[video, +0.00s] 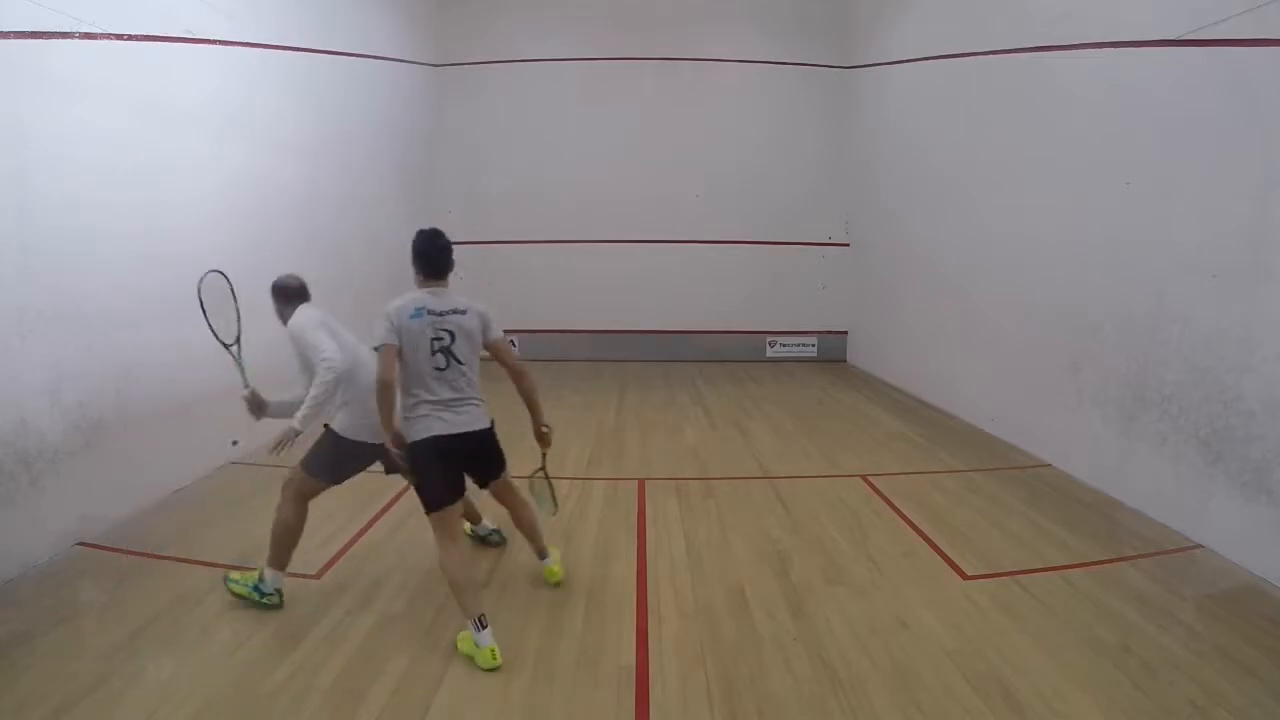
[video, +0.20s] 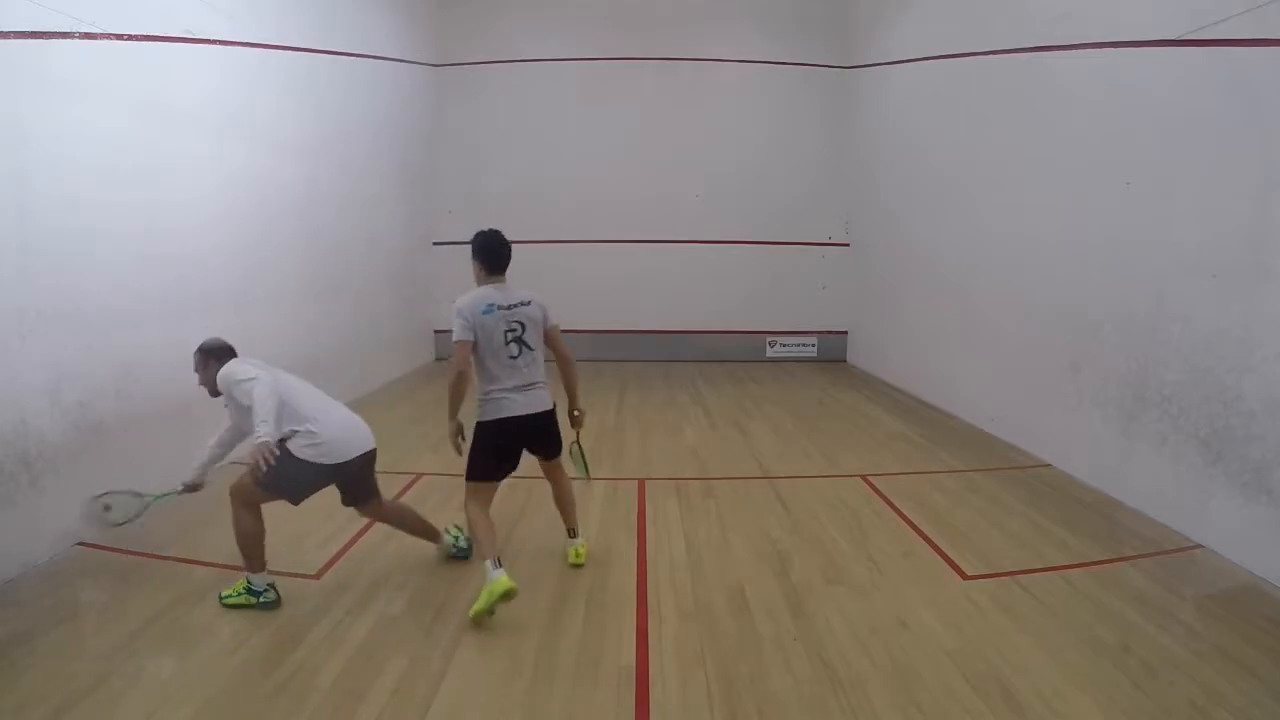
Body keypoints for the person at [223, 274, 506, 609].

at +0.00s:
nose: (275, 311)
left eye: (275, 304)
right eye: (276, 303)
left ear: (279, 303)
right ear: (306, 296)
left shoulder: (300, 321)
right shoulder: (320, 320)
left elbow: (333, 366)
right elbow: (317, 398)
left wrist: (298, 422)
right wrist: (268, 408)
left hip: (356, 424)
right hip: (385, 417)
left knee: (295, 491)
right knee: (422, 472)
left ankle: (269, 584)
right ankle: (481, 526)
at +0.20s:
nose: (198, 381)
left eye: (199, 372)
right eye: (197, 374)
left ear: (212, 364)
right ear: (226, 356)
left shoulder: (230, 372)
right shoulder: (251, 377)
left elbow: (263, 387)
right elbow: (233, 432)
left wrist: (264, 434)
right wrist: (198, 475)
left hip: (318, 450)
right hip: (358, 441)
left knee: (242, 494)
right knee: (371, 505)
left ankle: (258, 586)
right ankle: (448, 541)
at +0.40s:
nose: (182, 371)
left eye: (180, 366)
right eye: (181, 367)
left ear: (184, 363)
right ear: (212, 351)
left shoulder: (199, 373)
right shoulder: (243, 365)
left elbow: (241, 379)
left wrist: (256, 423)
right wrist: (245, 458)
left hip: (294, 448)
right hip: (335, 438)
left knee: (226, 499)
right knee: (312, 514)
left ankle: (257, 585)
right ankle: (395, 547)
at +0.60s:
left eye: (219, 302)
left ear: (220, 306)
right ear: (256, 297)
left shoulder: (224, 338)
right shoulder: (291, 326)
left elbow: (220, 398)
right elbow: (340, 366)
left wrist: (207, 469)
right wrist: (385, 410)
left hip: (280, 446)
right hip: (332, 440)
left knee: (234, 497)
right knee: (305, 501)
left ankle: (257, 584)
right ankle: (370, 562)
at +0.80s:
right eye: (330, 246)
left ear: (293, 257)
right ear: (330, 251)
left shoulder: (276, 295)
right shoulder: (357, 291)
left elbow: (249, 356)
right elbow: (386, 346)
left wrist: (231, 403)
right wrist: (421, 404)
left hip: (303, 423)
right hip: (360, 420)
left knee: (276, 499)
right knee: (363, 495)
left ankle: (264, 584)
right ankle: (390, 590)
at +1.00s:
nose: (412, 218)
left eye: (410, 211)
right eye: (411, 212)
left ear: (366, 216)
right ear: (403, 215)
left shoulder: (333, 255)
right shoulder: (414, 254)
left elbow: (291, 311)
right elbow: (425, 323)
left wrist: (318, 343)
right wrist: (444, 392)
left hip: (340, 396)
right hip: (395, 396)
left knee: (353, 482)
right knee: (404, 489)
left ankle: (355, 586)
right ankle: (403, 588)